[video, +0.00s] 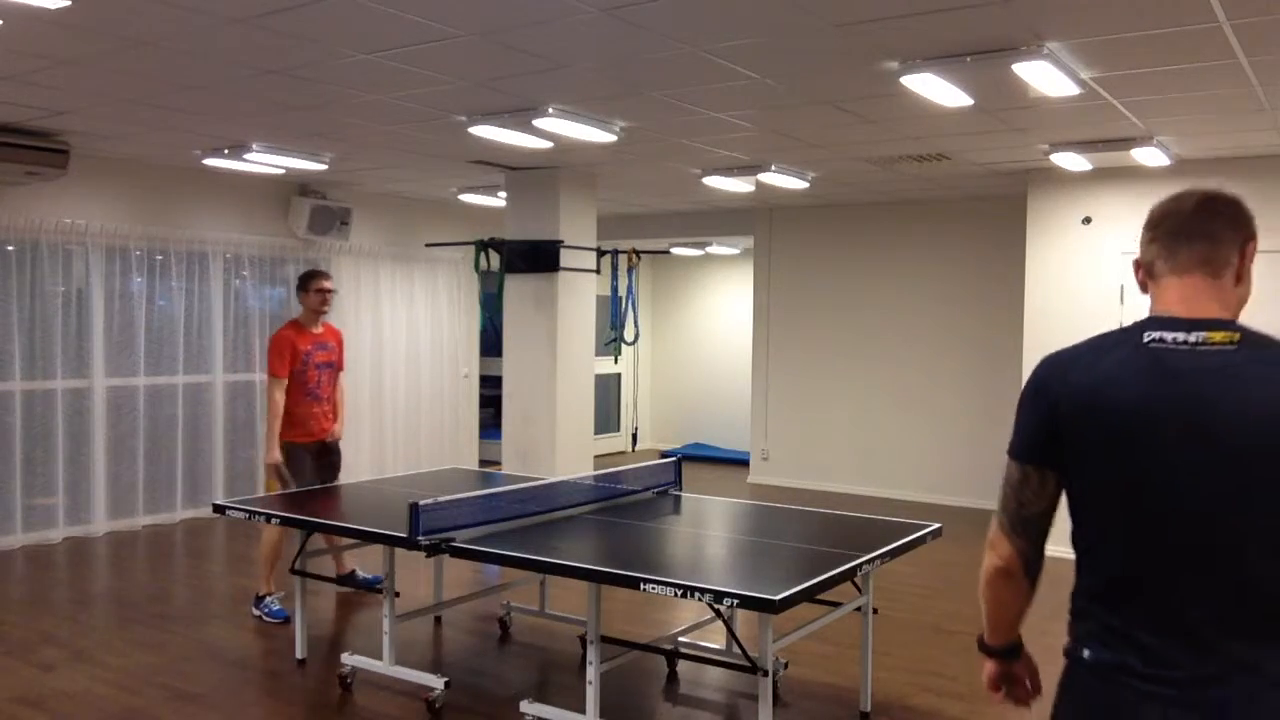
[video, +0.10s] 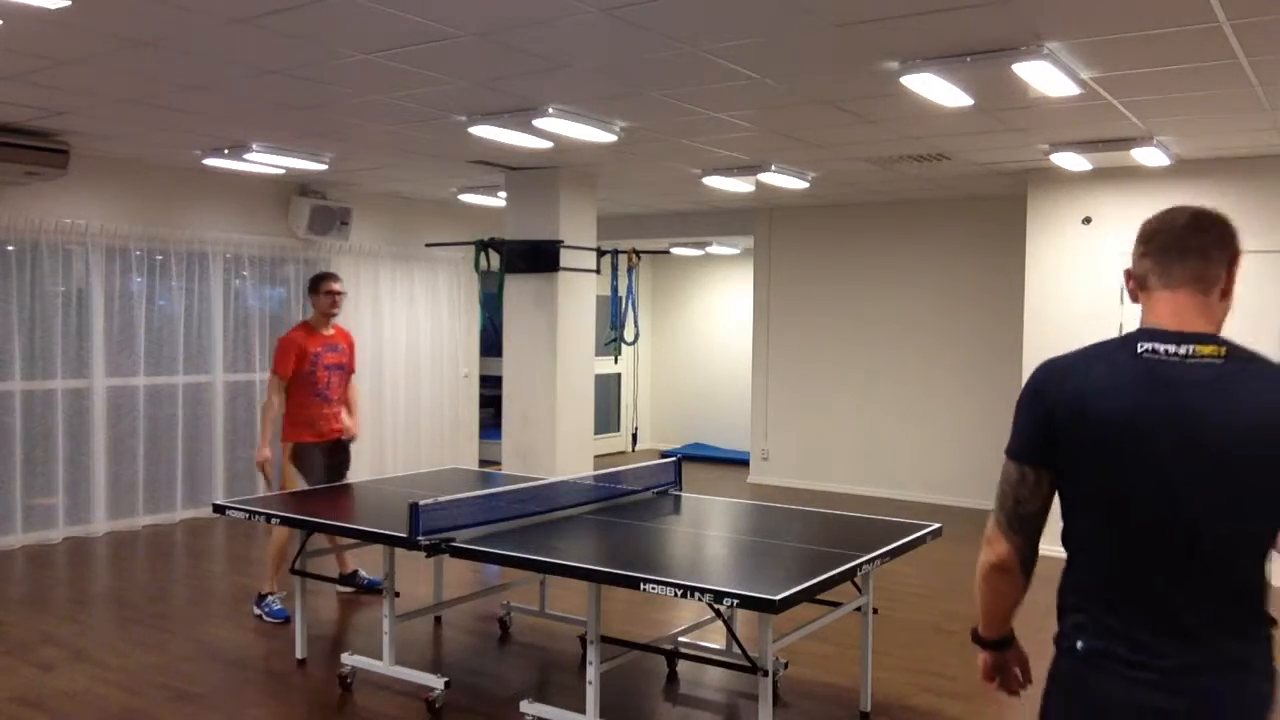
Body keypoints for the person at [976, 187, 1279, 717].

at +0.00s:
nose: (1248, 280)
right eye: (1252, 266)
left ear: (1141, 275)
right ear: (1245, 264)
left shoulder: (1066, 378)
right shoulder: (1271, 370)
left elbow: (1010, 555)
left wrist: (1001, 647)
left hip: (1109, 692)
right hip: (1252, 693)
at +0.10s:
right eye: (1234, 281)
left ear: (1132, 283)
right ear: (1229, 283)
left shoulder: (1061, 384)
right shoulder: (1270, 392)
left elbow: (1004, 554)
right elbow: (1271, 541)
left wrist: (994, 638)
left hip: (1097, 681)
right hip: (1231, 685)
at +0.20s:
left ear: (1122, 283)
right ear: (1218, 288)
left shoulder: (1060, 385)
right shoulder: (1264, 396)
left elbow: (1008, 545)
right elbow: (1270, 543)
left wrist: (986, 638)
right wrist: (1264, 542)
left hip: (1087, 661)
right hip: (1207, 664)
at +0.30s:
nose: (1105, 289)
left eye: (1106, 273)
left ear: (1114, 270)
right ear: (1194, 281)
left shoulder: (1060, 372)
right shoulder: (1253, 389)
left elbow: (1018, 522)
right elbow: (1277, 541)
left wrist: (981, 628)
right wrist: (1249, 556)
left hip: (1081, 651)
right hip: (1192, 655)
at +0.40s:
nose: (1085, 279)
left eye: (1085, 263)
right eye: (1083, 265)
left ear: (1101, 260)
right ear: (1167, 267)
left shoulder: (1061, 357)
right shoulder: (1234, 373)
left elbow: (1020, 508)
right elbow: (1263, 516)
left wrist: (977, 614)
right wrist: (1196, 552)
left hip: (1072, 631)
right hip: (1180, 634)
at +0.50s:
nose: (1063, 278)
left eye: (1065, 262)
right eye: (1062, 264)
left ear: (1087, 262)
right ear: (1142, 263)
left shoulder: (1058, 353)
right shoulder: (1213, 367)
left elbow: (1019, 503)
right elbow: (1233, 504)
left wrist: (975, 606)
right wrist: (1161, 517)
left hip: (1063, 613)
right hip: (1164, 618)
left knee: (1019, 707)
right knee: (1154, 710)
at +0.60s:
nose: (1042, 285)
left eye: (1045, 270)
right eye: (1042, 271)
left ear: (1070, 270)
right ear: (1118, 270)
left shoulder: (1047, 358)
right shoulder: (1189, 368)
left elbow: (1013, 500)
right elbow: (1200, 494)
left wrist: (971, 609)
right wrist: (1121, 474)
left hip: (1054, 610)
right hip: (1148, 612)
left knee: (1023, 709)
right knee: (1140, 711)